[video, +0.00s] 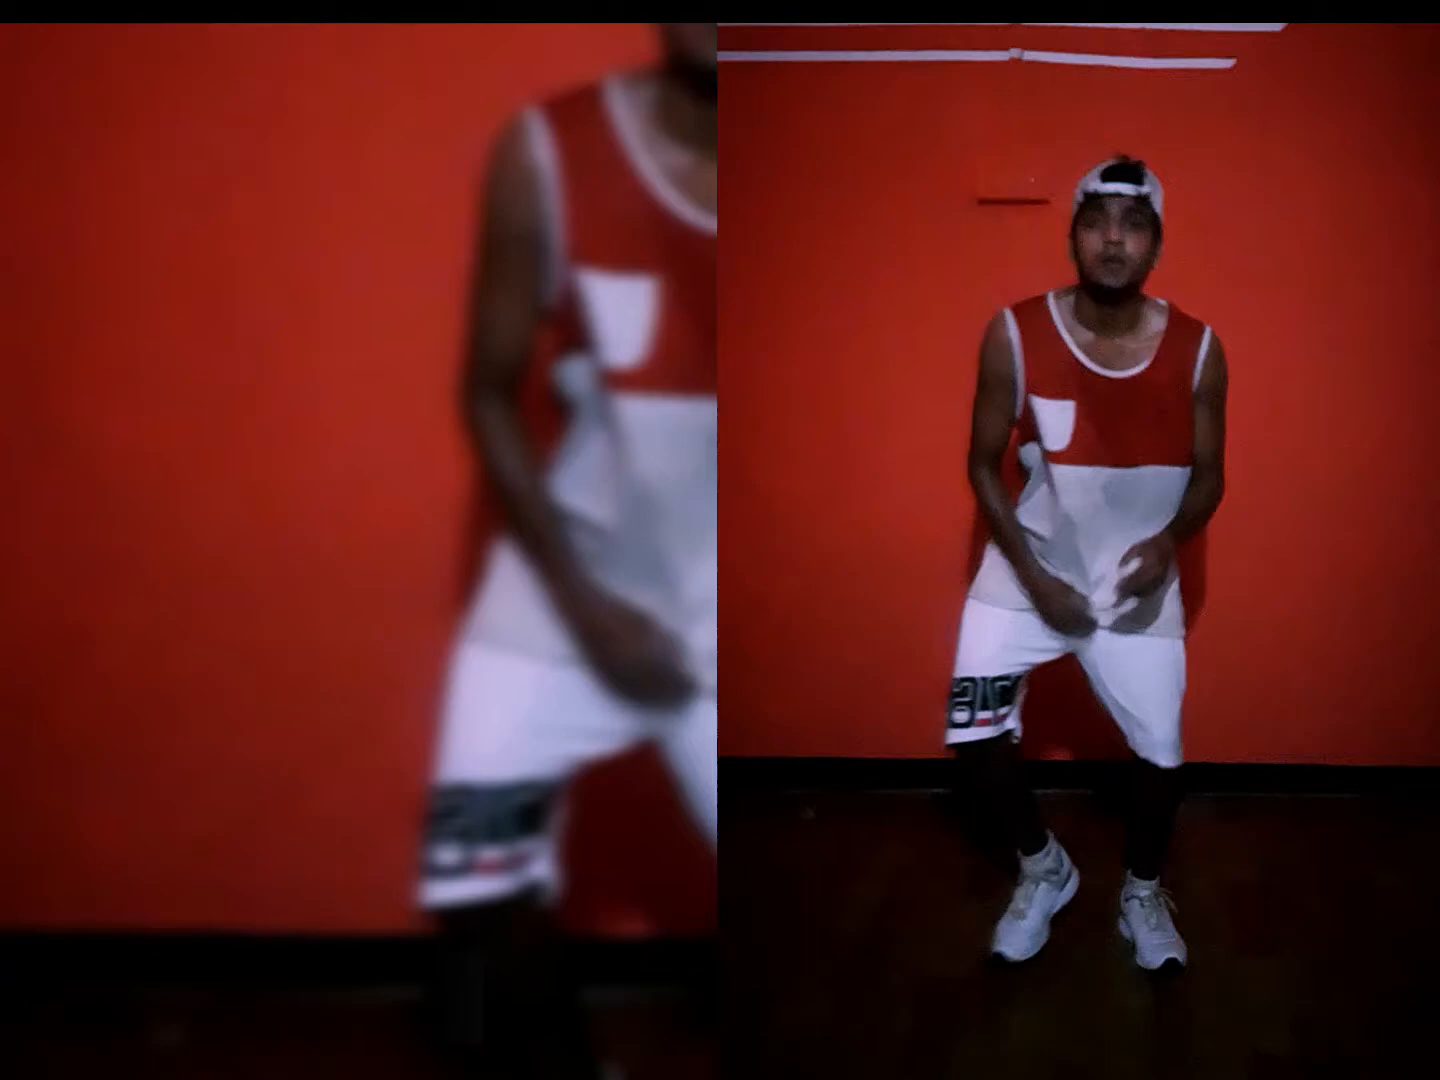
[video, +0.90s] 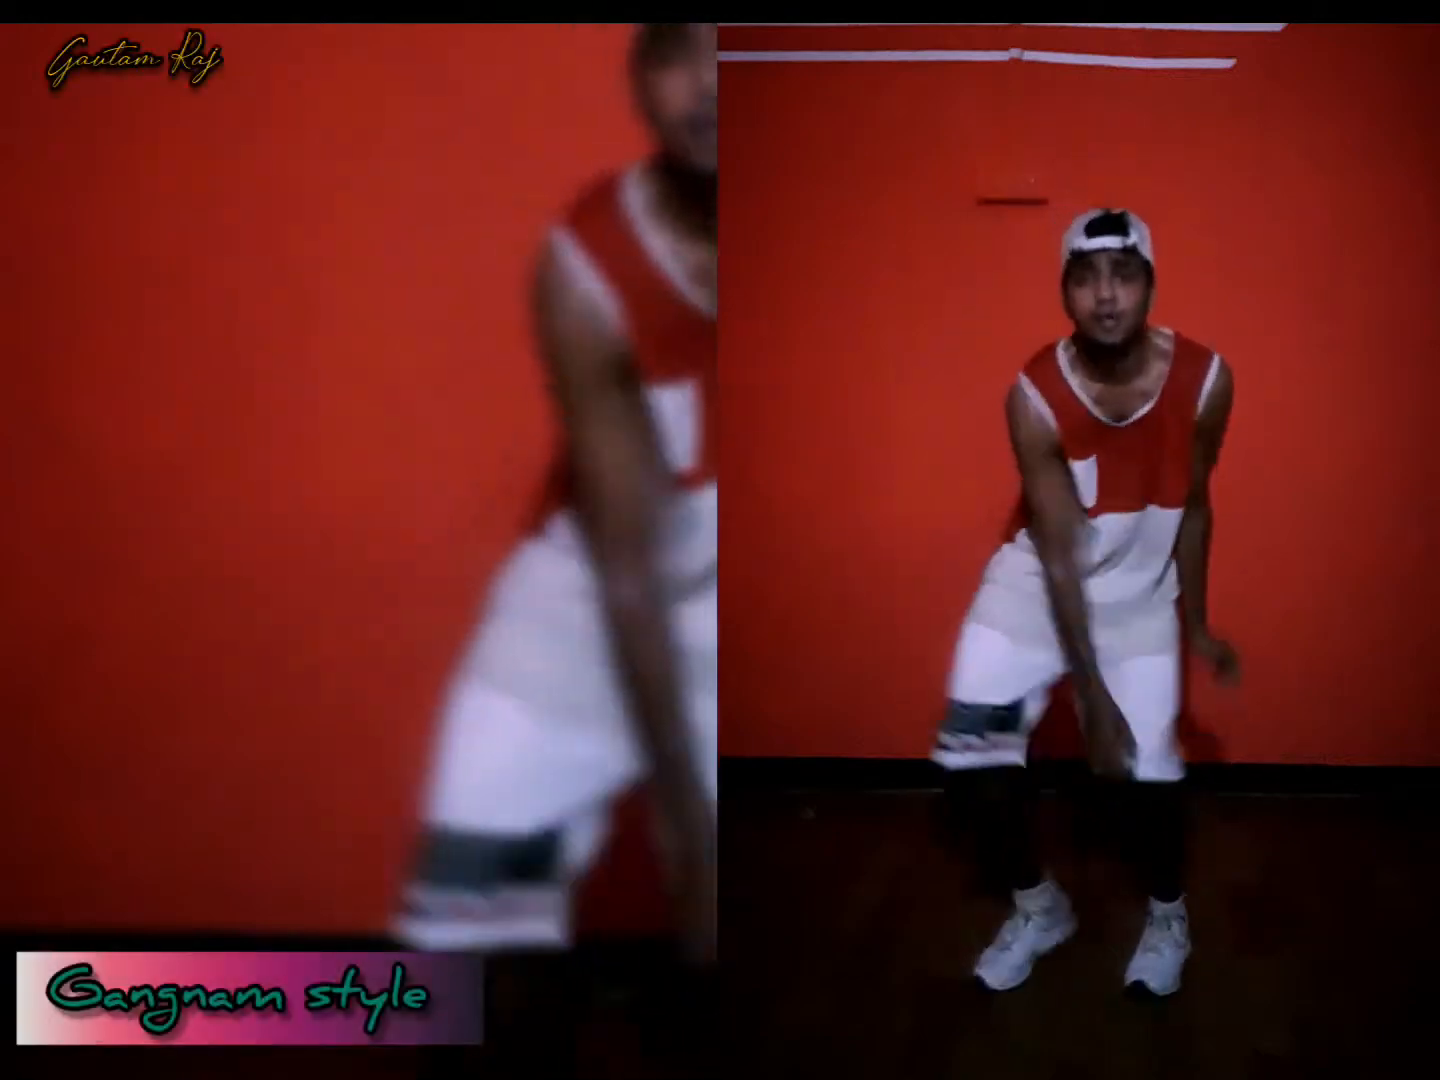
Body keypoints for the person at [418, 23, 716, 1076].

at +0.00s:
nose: (723, 33)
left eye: (737, 23)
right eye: (704, 20)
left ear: (760, 41)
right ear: (660, 25)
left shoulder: (801, 158)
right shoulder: (557, 150)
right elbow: (490, 392)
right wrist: (587, 606)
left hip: (735, 606)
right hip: (566, 591)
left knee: (794, 898)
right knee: (476, 879)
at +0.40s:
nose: (610, 25)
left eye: (641, 8)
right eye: (583, 8)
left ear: (696, 25)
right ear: (546, 29)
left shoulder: (767, 186)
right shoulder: (466, 193)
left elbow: (836, 393)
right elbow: (402, 356)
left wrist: (751, 568)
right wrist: (450, 513)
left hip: (736, 627)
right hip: (557, 628)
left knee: (793, 954)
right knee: (529, 974)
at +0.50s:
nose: (636, 28)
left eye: (665, 8)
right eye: (607, 9)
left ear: (713, 28)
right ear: (565, 28)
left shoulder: (770, 185)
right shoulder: (482, 180)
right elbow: (331, 333)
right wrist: (411, 391)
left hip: (740, 609)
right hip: (560, 613)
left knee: (794, 930)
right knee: (533, 959)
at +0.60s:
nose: (668, 23)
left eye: (691, 5)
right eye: (640, 7)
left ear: (730, 27)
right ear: (599, 27)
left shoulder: (774, 172)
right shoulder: (515, 170)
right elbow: (430, 414)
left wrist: (731, 333)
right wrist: (561, 332)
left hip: (736, 611)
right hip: (565, 610)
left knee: (744, 931)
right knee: (557, 928)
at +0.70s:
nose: (684, 48)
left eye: (706, 24)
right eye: (657, 25)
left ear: (746, 46)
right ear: (617, 44)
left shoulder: (786, 217)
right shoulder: (545, 227)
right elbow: (553, 478)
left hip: (730, 608)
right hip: (572, 598)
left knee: (708, 962)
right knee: (569, 943)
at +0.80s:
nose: (694, 82)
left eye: (718, 50)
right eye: (660, 52)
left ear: (758, 74)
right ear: (620, 79)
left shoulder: (801, 239)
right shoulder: (562, 264)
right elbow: (631, 521)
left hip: (747, 577)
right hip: (589, 585)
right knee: (546, 896)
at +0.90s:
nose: (708, 85)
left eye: (729, 53)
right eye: (677, 55)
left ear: (762, 74)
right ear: (640, 81)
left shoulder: (819, 224)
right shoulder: (595, 267)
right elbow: (630, 567)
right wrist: (688, 829)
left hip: (733, 590)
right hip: (594, 597)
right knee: (478, 891)